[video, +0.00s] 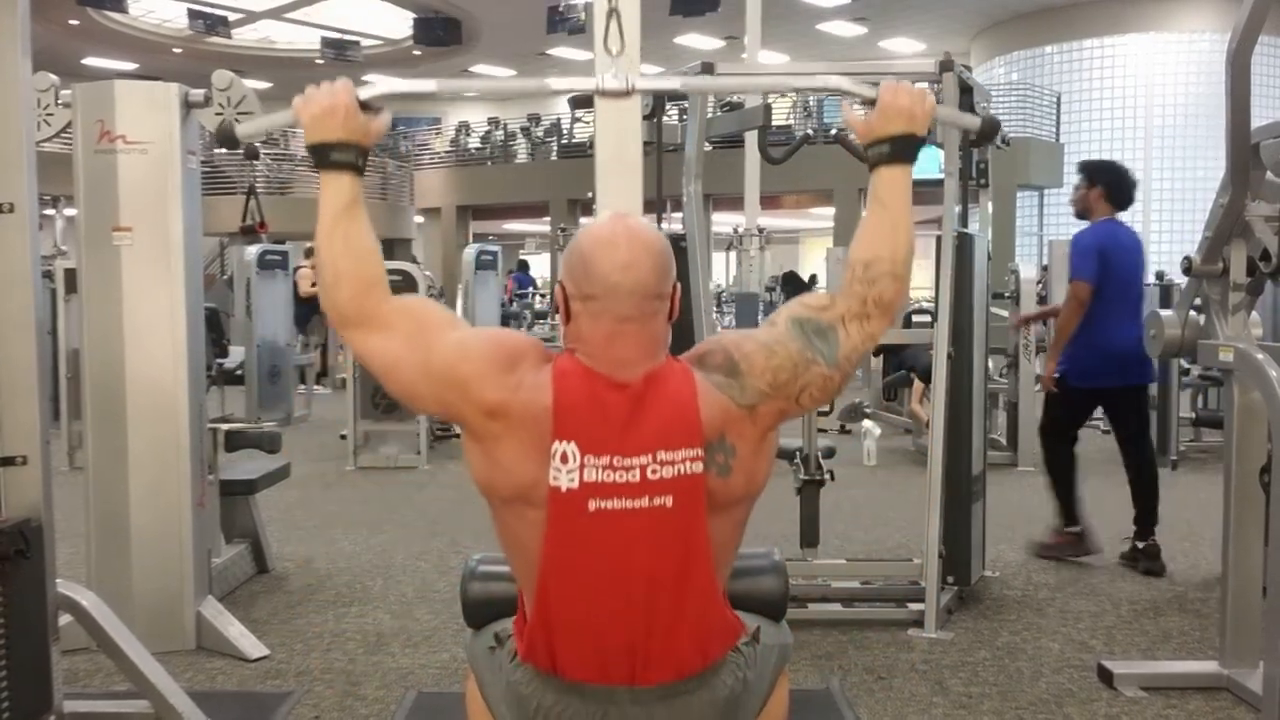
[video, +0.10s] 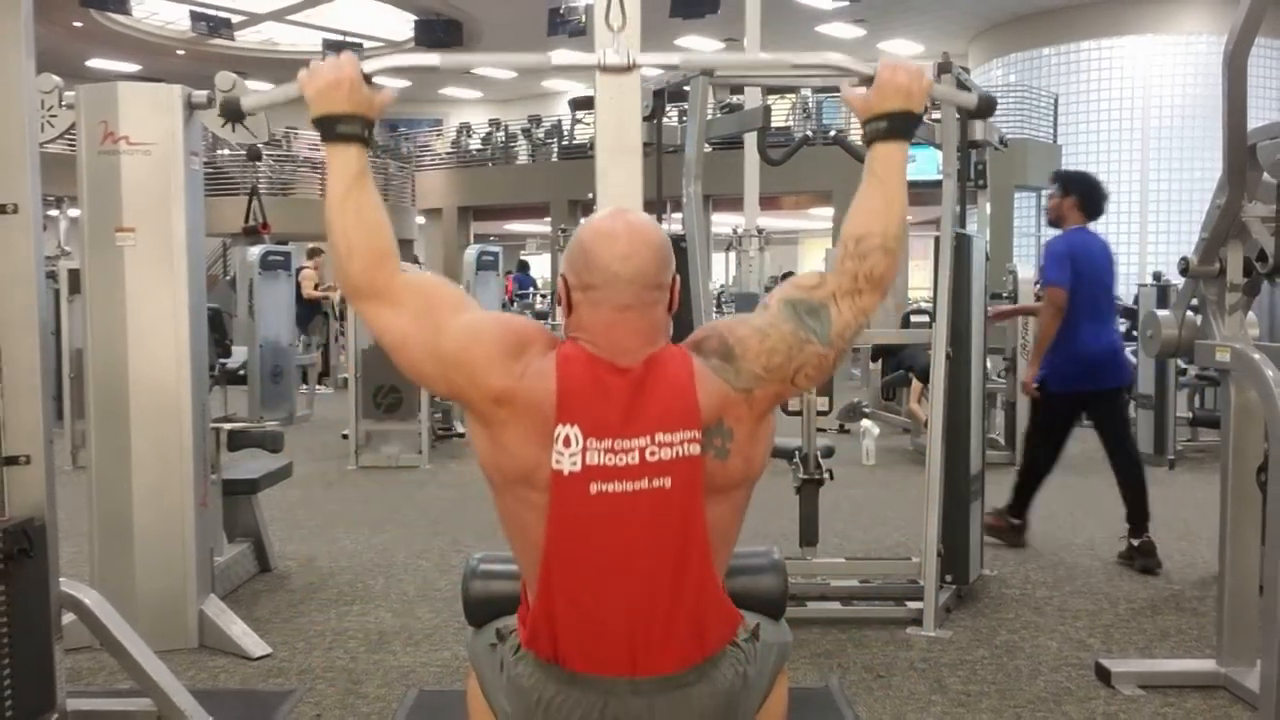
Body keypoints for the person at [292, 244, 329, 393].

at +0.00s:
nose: (320, 260)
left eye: (319, 256)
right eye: (318, 256)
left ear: (308, 256)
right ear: (313, 256)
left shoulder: (312, 270)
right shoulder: (304, 270)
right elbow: (304, 290)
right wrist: (321, 288)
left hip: (308, 314)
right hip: (309, 315)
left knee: (306, 347)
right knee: (313, 347)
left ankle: (304, 381)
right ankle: (312, 381)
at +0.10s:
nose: (322, 262)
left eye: (322, 258)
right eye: (320, 258)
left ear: (310, 258)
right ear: (315, 258)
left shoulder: (306, 271)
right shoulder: (308, 272)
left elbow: (311, 291)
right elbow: (307, 293)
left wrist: (326, 288)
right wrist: (327, 294)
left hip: (305, 314)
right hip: (312, 315)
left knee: (307, 347)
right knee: (315, 348)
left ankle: (305, 382)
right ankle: (314, 382)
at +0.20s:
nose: (321, 261)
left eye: (321, 258)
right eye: (320, 258)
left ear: (308, 257)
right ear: (316, 258)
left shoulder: (301, 270)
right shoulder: (309, 273)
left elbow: (307, 291)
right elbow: (308, 294)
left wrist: (322, 290)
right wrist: (327, 301)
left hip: (302, 314)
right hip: (311, 314)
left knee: (304, 346)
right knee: (314, 347)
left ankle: (303, 381)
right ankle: (314, 382)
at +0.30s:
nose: (321, 262)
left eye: (321, 258)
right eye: (320, 258)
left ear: (308, 257)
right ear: (317, 258)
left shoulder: (299, 270)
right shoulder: (311, 273)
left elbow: (303, 293)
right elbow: (311, 295)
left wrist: (320, 292)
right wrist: (328, 307)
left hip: (300, 313)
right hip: (312, 314)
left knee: (303, 347)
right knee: (315, 348)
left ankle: (302, 381)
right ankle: (315, 382)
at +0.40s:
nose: (322, 261)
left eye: (322, 258)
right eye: (321, 258)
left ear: (308, 257)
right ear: (318, 258)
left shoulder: (298, 270)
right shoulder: (314, 274)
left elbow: (302, 292)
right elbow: (314, 296)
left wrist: (321, 293)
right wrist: (328, 309)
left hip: (300, 313)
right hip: (313, 314)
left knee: (303, 347)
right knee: (317, 347)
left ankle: (302, 381)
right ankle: (316, 381)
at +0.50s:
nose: (322, 261)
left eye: (322, 258)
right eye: (322, 258)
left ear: (309, 257)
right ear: (319, 258)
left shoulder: (299, 270)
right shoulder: (316, 275)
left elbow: (303, 293)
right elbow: (318, 297)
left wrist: (322, 293)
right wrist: (330, 311)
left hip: (302, 313)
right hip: (315, 314)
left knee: (303, 347)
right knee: (317, 348)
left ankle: (303, 381)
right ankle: (316, 382)